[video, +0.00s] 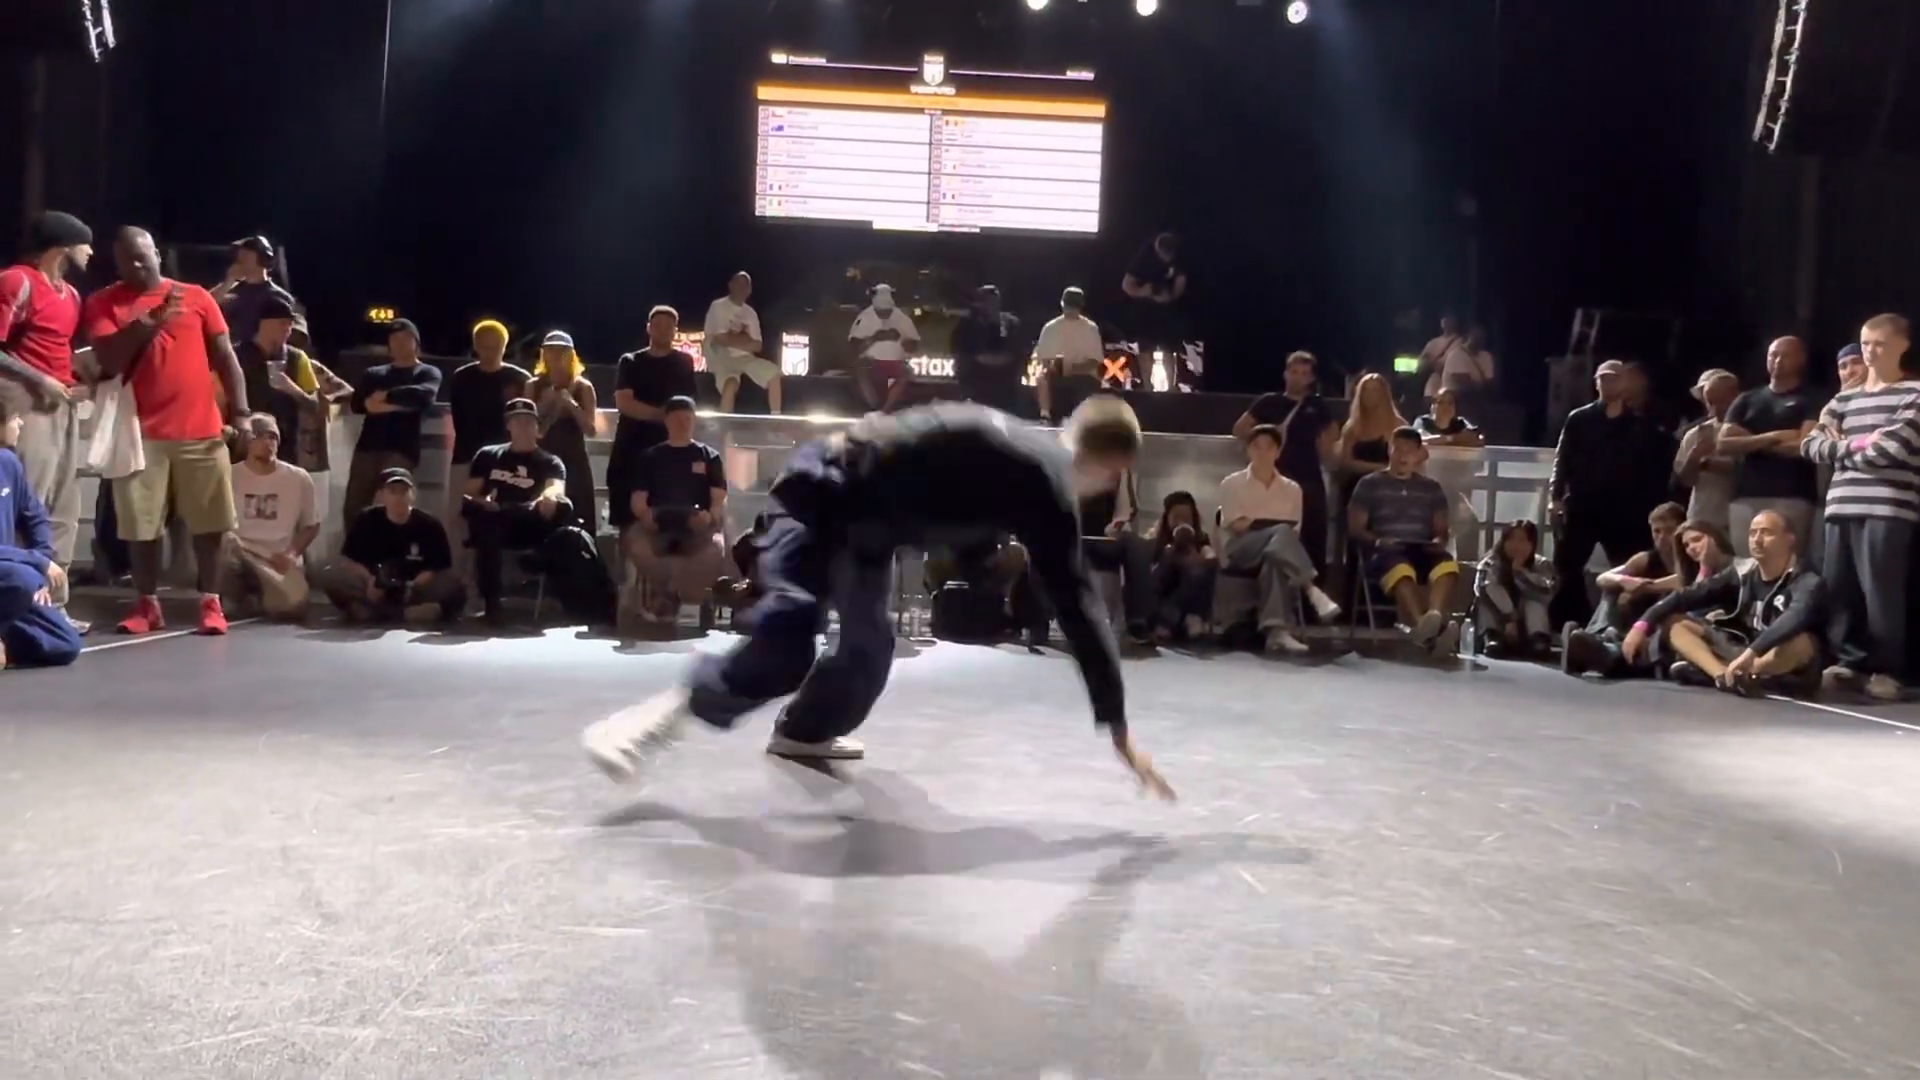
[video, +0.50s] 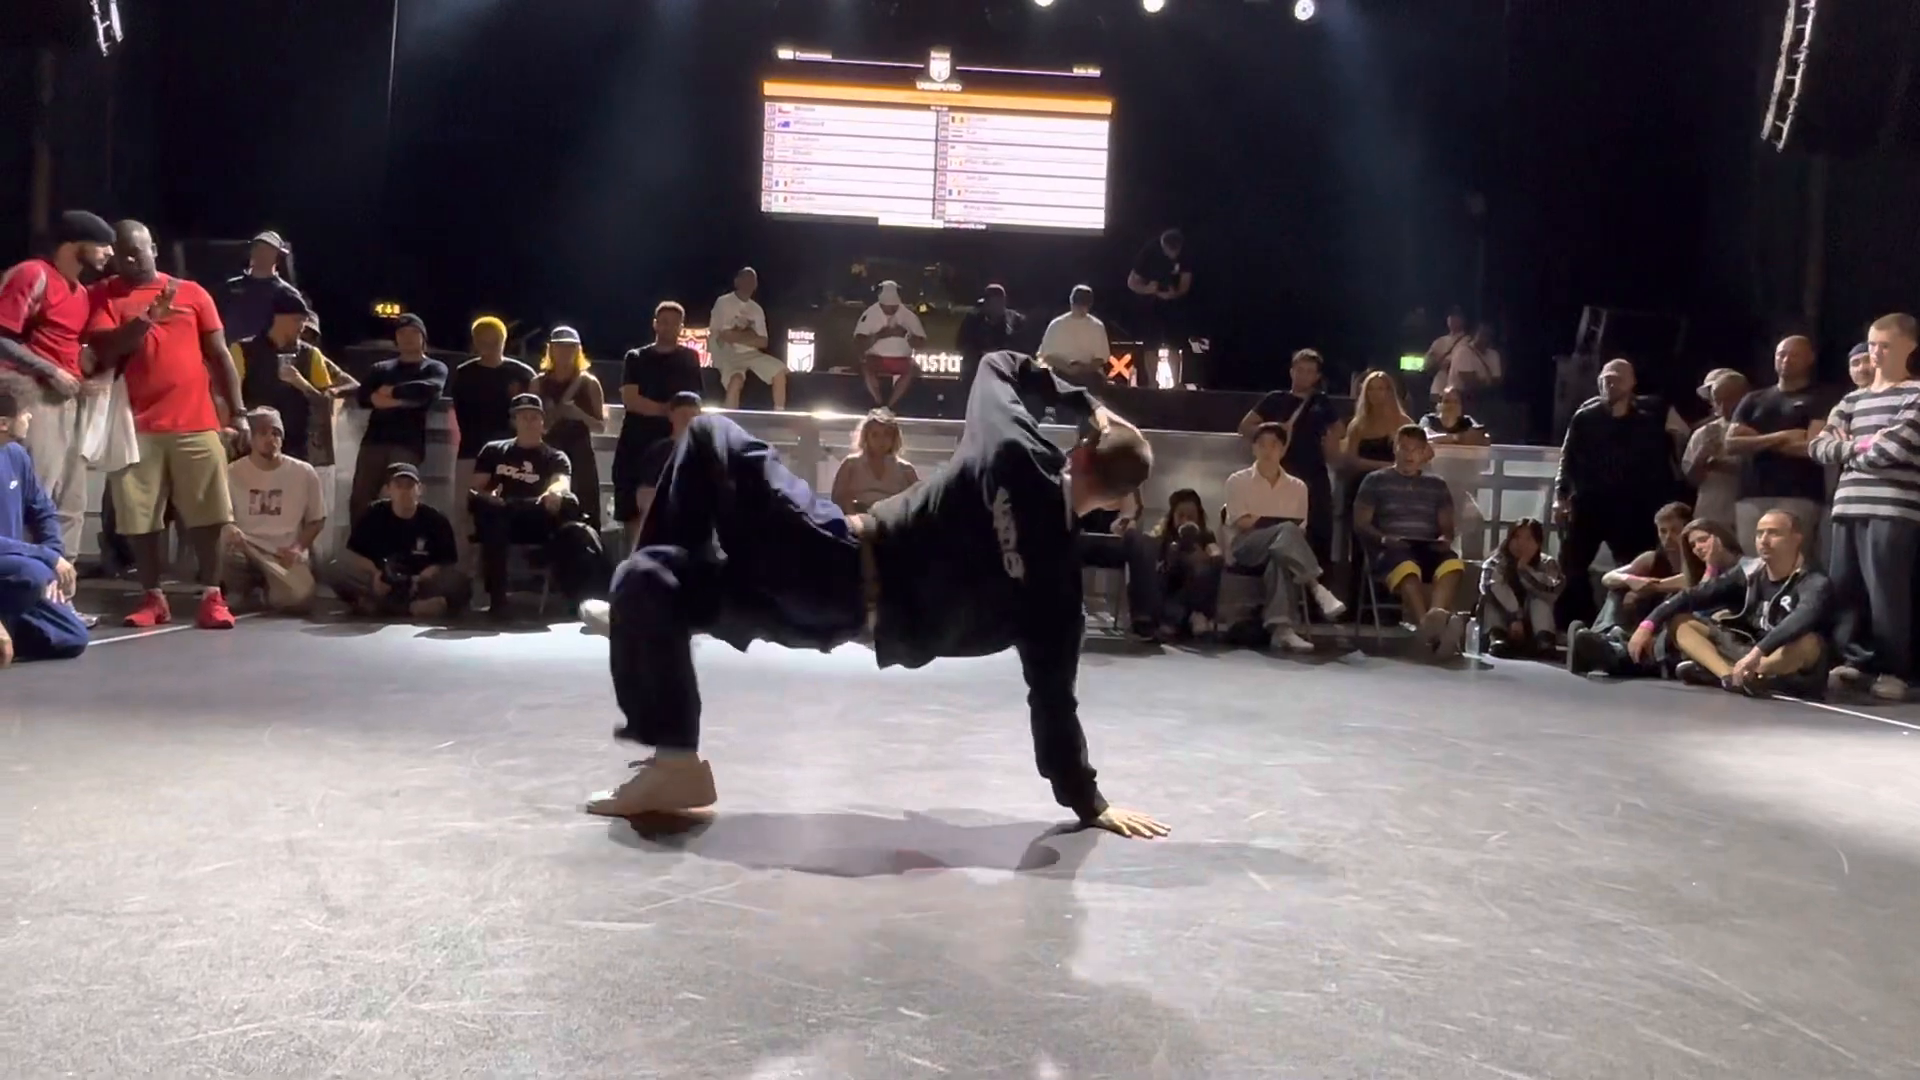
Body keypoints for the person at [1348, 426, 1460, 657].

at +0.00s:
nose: (1402, 456)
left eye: (1409, 451)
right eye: (1398, 450)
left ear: (1421, 456)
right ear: (1390, 452)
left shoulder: (1432, 488)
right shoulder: (1369, 484)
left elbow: (1441, 531)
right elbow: (1355, 528)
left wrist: (1437, 543)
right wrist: (1379, 542)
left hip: (1422, 546)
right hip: (1389, 544)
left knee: (1448, 567)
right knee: (1402, 573)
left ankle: (1433, 622)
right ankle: (1425, 632)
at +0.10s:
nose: (1403, 455)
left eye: (1410, 450)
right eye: (1399, 449)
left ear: (1423, 455)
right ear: (1391, 451)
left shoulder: (1432, 487)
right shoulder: (1370, 484)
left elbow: (1442, 530)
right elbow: (1356, 527)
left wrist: (1438, 542)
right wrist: (1380, 541)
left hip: (1423, 545)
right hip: (1389, 544)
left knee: (1448, 566)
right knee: (1403, 573)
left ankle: (1433, 623)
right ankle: (1427, 632)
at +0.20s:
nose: (1404, 455)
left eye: (1411, 450)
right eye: (1400, 449)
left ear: (1424, 455)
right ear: (1392, 451)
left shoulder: (1434, 487)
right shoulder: (1371, 483)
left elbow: (1443, 530)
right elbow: (1357, 527)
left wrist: (1440, 542)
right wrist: (1380, 541)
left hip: (1425, 545)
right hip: (1391, 544)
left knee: (1450, 566)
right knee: (1404, 573)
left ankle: (1434, 621)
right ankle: (1429, 634)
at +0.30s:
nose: (1406, 455)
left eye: (1413, 450)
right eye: (1401, 449)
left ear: (1423, 455)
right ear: (1392, 451)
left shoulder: (1435, 486)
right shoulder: (1372, 482)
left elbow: (1444, 530)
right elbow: (1359, 526)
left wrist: (1441, 542)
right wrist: (1382, 540)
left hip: (1426, 545)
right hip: (1392, 543)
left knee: (1451, 566)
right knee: (1406, 573)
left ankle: (1435, 622)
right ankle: (1431, 634)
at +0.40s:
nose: (1407, 455)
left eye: (1414, 450)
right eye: (1402, 449)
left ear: (1424, 455)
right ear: (1394, 451)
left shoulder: (1436, 486)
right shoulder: (1374, 482)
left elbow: (1446, 529)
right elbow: (1360, 524)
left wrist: (1443, 541)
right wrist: (1383, 540)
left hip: (1428, 544)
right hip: (1394, 543)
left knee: (1453, 567)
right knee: (1407, 573)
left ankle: (1434, 623)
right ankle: (1432, 635)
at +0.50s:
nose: (1409, 454)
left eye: (1415, 449)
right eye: (1404, 448)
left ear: (1426, 455)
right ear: (1395, 450)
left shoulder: (1437, 485)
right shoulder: (1375, 481)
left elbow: (1447, 529)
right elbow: (1361, 523)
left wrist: (1444, 541)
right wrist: (1384, 539)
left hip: (1429, 544)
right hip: (1395, 542)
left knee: (1453, 566)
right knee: (1408, 573)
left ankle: (1435, 622)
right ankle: (1431, 633)